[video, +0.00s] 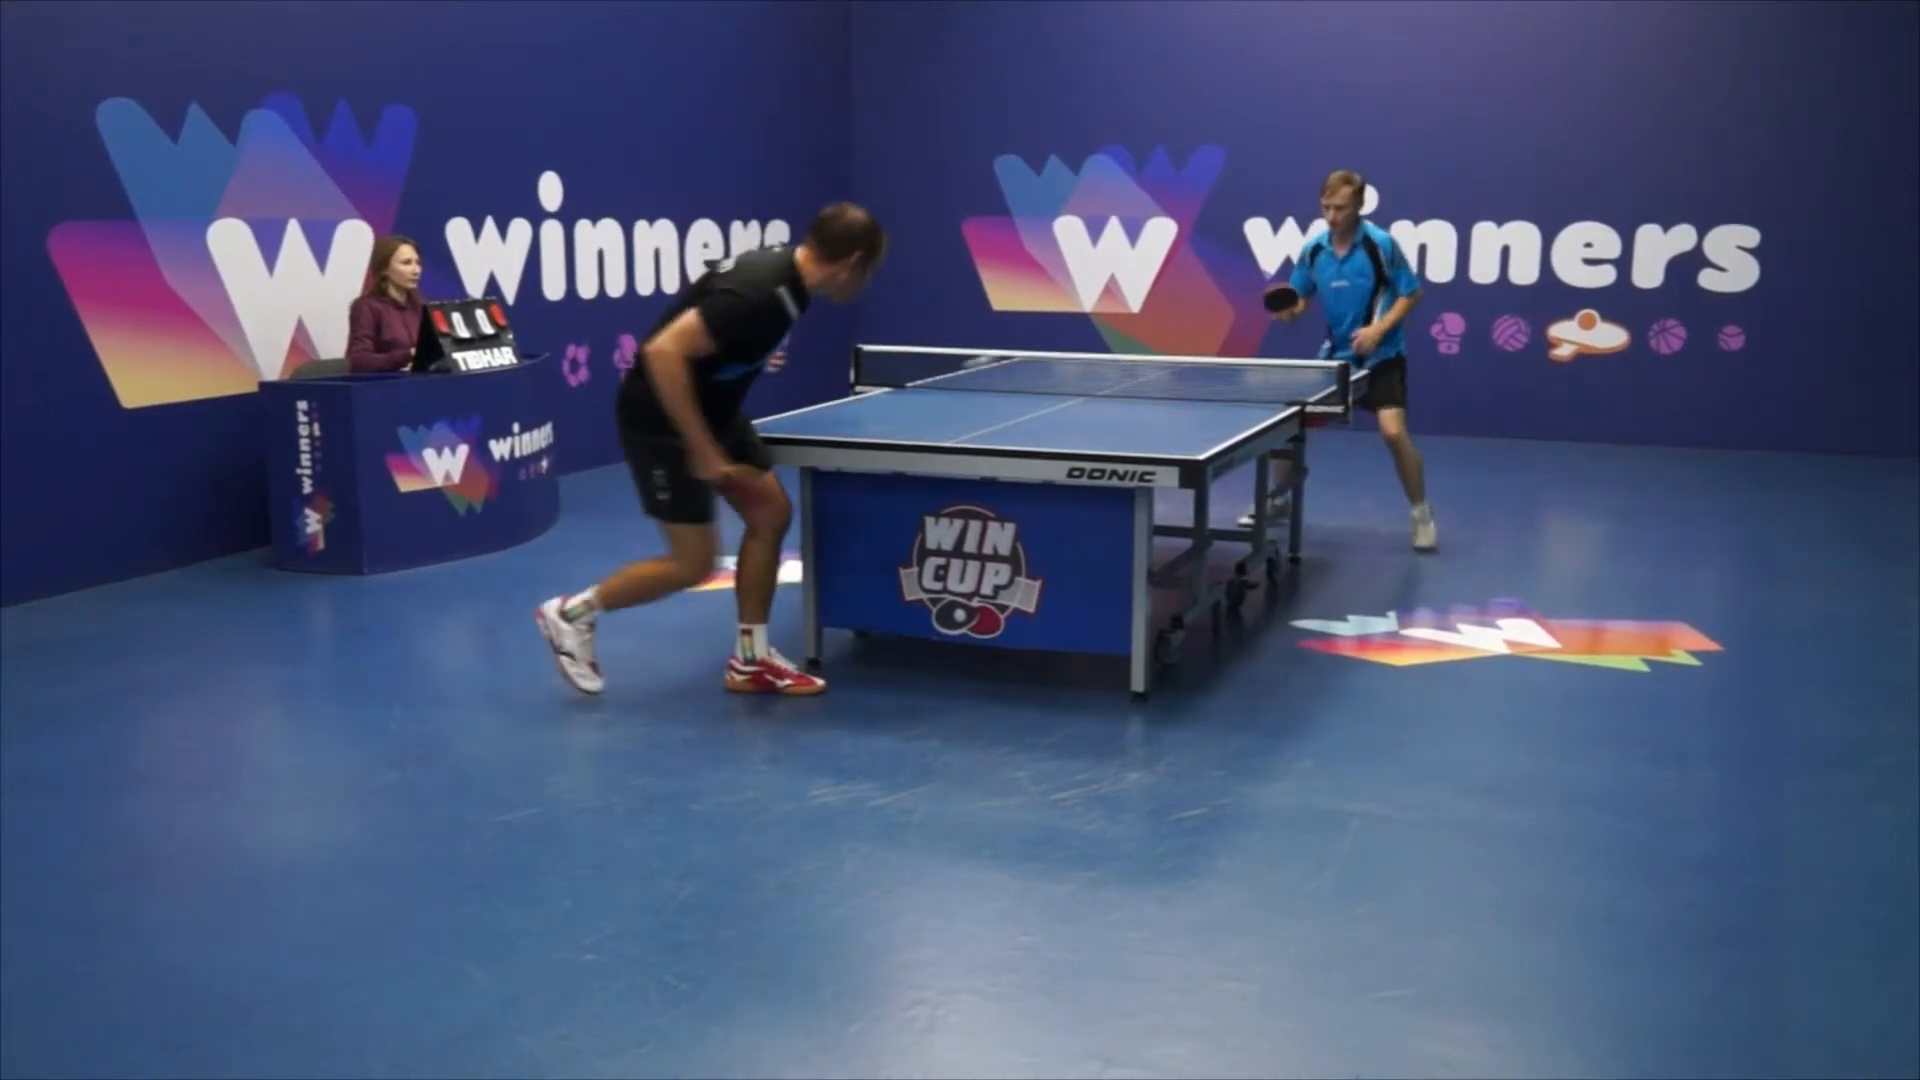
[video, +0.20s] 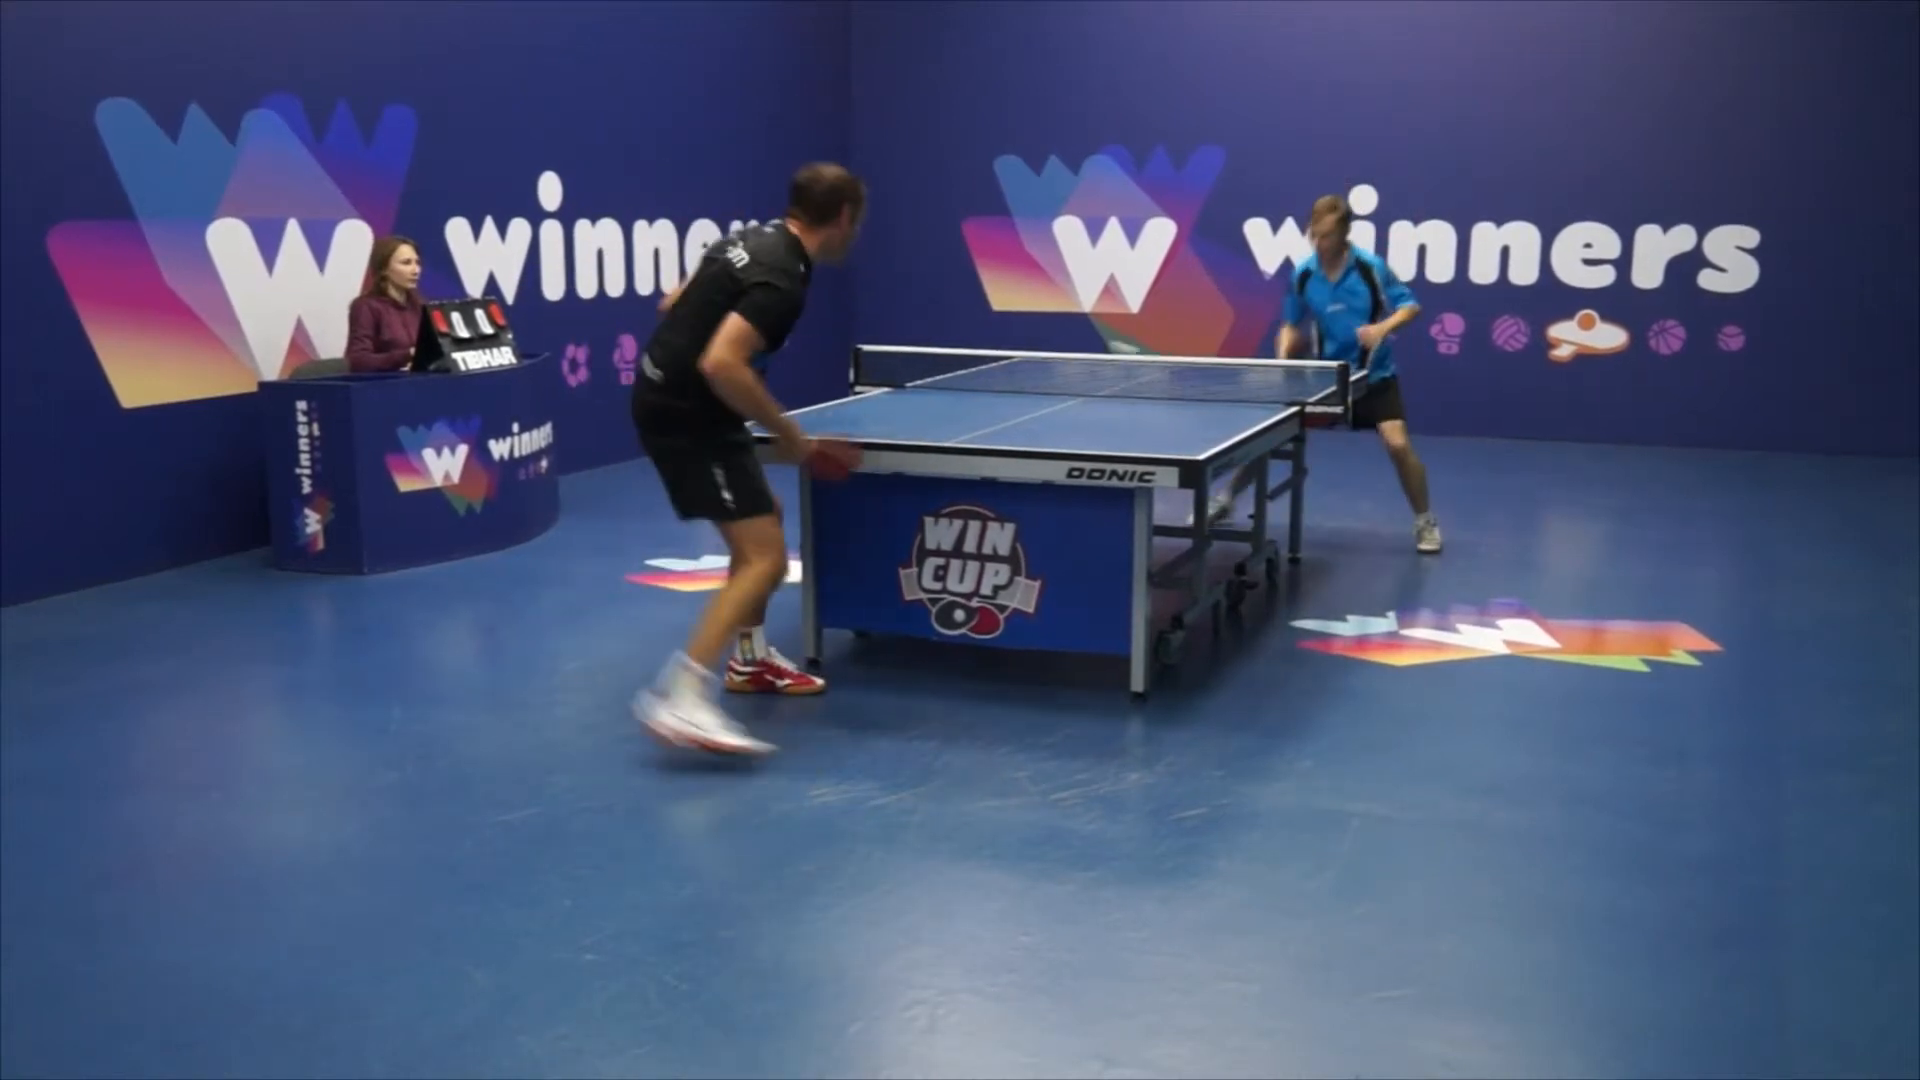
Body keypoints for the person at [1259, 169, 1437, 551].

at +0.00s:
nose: (1332, 216)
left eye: (1340, 209)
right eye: (1327, 208)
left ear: (1359, 209)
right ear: (1322, 207)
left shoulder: (1381, 244)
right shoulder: (1314, 249)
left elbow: (1411, 292)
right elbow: (1301, 298)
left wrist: (1379, 329)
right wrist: (1289, 310)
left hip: (1382, 352)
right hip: (1334, 353)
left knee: (1393, 432)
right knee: (1287, 414)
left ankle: (1421, 513)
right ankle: (1278, 499)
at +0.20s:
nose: (1319, 243)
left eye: (1326, 236)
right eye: (1316, 235)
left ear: (1345, 234)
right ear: (1311, 233)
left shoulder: (1371, 267)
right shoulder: (1304, 275)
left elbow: (1409, 306)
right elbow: (1290, 325)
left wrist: (1381, 328)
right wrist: (1282, 364)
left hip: (1373, 375)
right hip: (1323, 375)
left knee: (1397, 444)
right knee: (1268, 429)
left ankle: (1425, 521)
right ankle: (1226, 498)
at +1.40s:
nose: (1385, 247)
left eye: (1392, 240)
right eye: (1381, 240)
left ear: (1410, 240)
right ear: (1378, 240)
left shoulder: (1419, 271)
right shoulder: (1403, 271)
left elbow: (1398, 332)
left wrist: (1378, 327)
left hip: (1472, 375)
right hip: (1440, 378)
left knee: (1472, 460)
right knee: (1389, 434)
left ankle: (1546, 513)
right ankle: (1386, 496)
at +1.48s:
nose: (1403, 251)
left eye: (1409, 244)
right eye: (1399, 244)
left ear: (1427, 243)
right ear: (1396, 245)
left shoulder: (1431, 273)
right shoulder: (1447, 272)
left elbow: (1390, 325)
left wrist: (1392, 329)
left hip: (1485, 383)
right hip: (1458, 383)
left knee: (1470, 468)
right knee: (1407, 437)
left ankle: (1549, 516)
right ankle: (1404, 500)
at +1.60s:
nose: (1438, 234)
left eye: (1444, 226)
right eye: (1436, 226)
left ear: (1465, 225)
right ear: (1450, 226)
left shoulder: (1472, 255)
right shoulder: (1463, 257)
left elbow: (1448, 298)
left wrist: (1427, 336)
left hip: (1496, 375)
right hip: (1475, 374)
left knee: (1476, 466)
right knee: (1443, 434)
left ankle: (1550, 517)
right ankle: (1415, 496)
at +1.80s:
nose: (1507, 210)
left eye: (1514, 203)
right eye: (1503, 202)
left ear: (1537, 205)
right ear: (1498, 203)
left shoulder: (1555, 244)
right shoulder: (1487, 233)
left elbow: (1577, 280)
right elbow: (1458, 259)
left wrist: (1539, 274)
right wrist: (1500, 236)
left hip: (1527, 355)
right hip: (1485, 349)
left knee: (1541, 436)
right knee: (1465, 432)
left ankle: (1589, 509)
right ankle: (1487, 474)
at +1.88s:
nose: (1525, 219)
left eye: (1533, 212)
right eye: (1520, 212)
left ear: (1554, 215)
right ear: (1516, 213)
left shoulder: (1570, 261)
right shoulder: (1506, 247)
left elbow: (1600, 304)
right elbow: (1476, 296)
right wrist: (1502, 272)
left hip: (1539, 370)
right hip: (1493, 360)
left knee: (1565, 448)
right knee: (1464, 440)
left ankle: (1623, 514)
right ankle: (1472, 477)